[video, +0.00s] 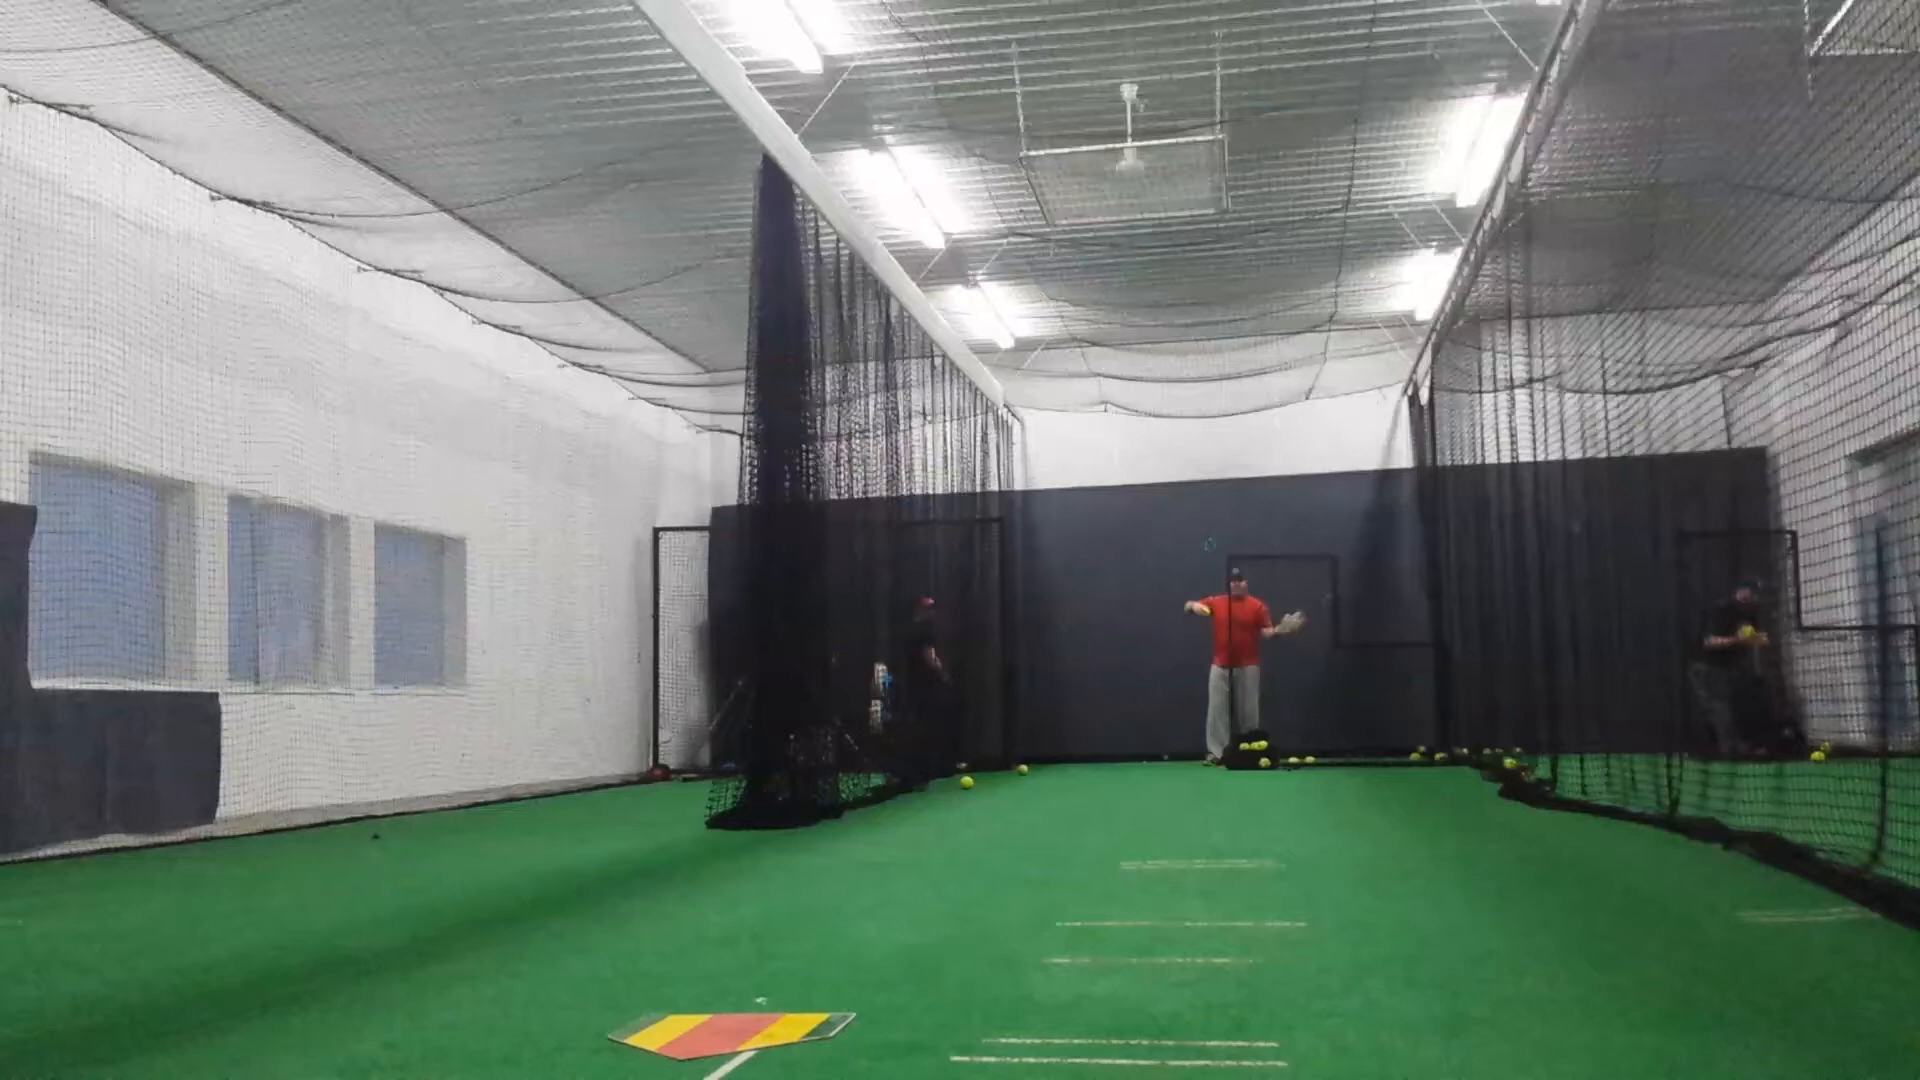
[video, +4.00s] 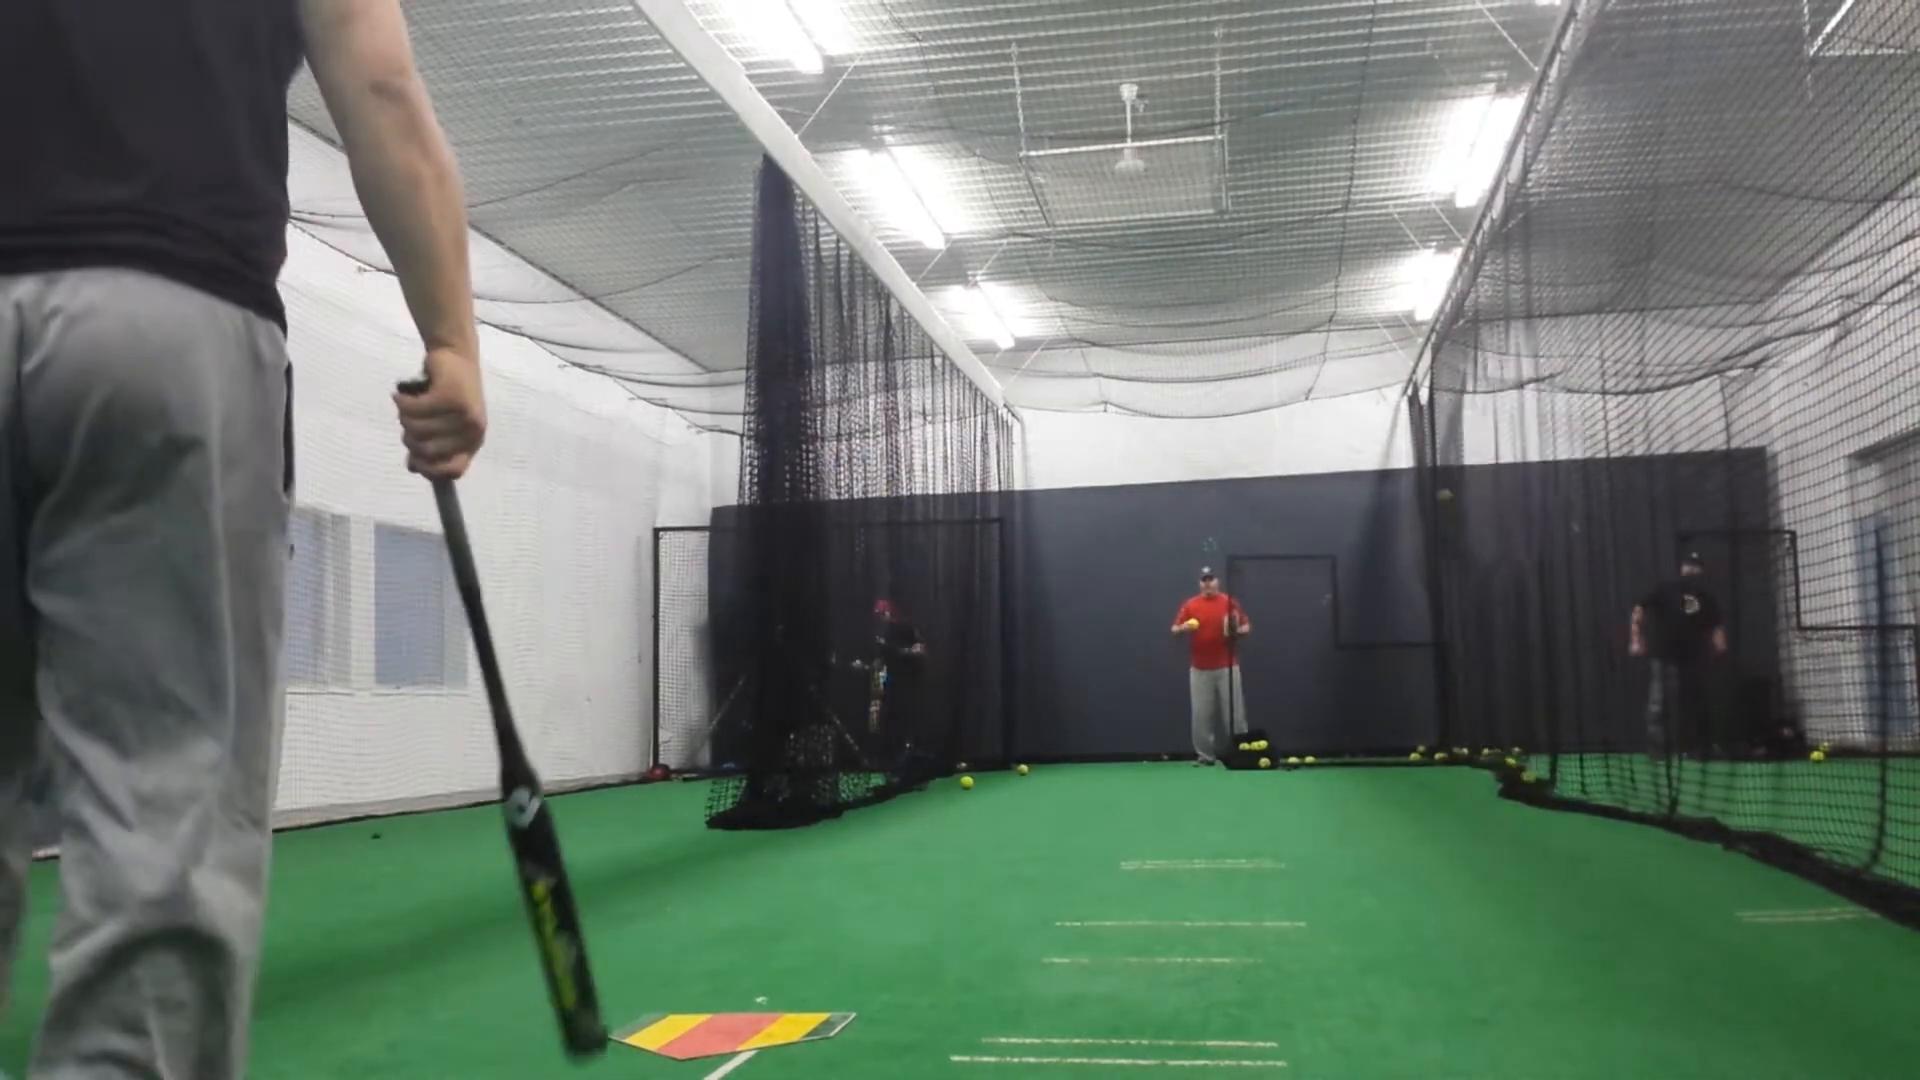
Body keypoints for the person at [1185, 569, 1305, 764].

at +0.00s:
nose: (1237, 584)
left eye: (1240, 580)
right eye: (1234, 581)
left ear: (1246, 583)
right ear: (1229, 584)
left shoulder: (1257, 606)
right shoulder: (1217, 602)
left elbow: (1266, 631)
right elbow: (1193, 605)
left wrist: (1282, 628)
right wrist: (1195, 606)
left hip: (1247, 664)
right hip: (1221, 664)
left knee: (1248, 707)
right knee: (1217, 708)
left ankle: (1251, 752)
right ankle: (1216, 752)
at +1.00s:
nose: (1202, 585)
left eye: (1205, 581)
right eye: (1198, 582)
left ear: (1213, 583)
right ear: (1194, 586)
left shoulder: (1229, 604)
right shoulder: (1190, 609)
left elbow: (1247, 627)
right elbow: (1176, 633)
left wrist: (1230, 634)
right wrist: (1186, 638)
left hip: (1229, 667)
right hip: (1204, 669)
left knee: (1237, 710)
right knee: (1206, 712)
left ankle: (1244, 751)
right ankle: (1213, 753)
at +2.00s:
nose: (1218, 587)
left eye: (1221, 583)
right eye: (1215, 583)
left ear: (1228, 585)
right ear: (1211, 586)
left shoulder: (1241, 604)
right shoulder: (1203, 607)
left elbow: (1266, 618)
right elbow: (1185, 628)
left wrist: (1254, 629)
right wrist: (1192, 629)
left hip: (1239, 667)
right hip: (1213, 668)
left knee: (1244, 709)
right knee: (1212, 711)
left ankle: (1246, 751)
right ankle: (1213, 752)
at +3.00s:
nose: (1222, 584)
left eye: (1225, 580)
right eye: (1219, 580)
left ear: (1233, 582)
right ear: (1215, 584)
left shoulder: (1248, 603)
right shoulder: (1209, 605)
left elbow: (1269, 623)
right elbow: (1198, 629)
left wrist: (1249, 630)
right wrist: (1192, 621)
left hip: (1242, 666)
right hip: (1216, 666)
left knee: (1246, 709)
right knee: (1209, 709)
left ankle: (1250, 752)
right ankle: (1207, 753)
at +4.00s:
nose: (1208, 583)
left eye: (1210, 579)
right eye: (1204, 580)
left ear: (1217, 582)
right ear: (1199, 583)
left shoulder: (1228, 603)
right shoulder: (1191, 605)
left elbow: (1246, 626)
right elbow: (1174, 630)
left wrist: (1236, 630)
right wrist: (1184, 627)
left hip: (1226, 666)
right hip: (1201, 667)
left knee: (1233, 711)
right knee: (1201, 713)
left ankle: (1239, 752)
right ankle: (1205, 754)